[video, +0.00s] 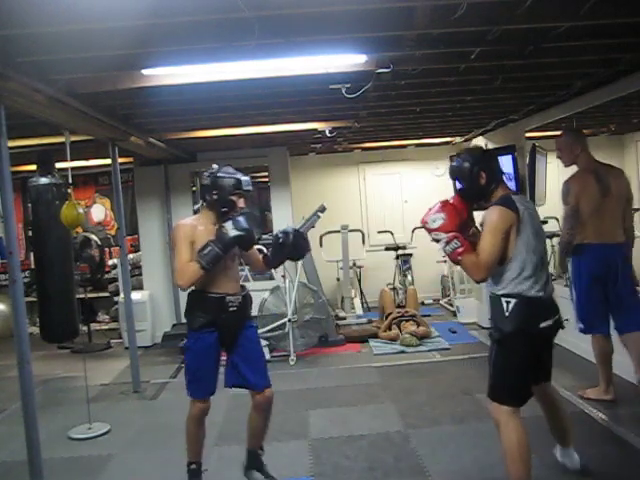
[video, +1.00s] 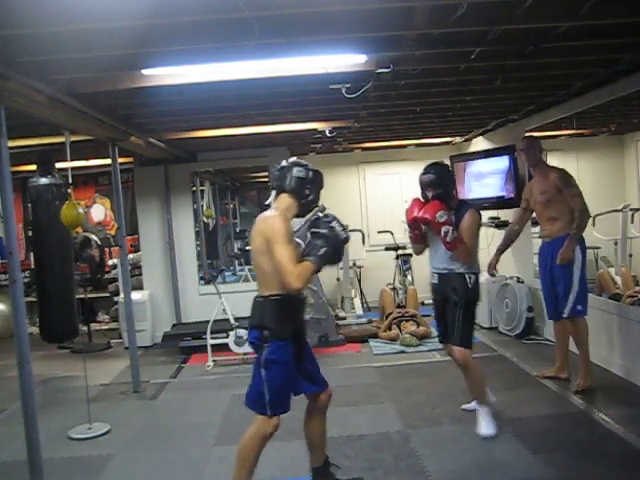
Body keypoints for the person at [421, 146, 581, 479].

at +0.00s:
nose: (462, 189)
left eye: (464, 182)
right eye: (460, 182)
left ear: (480, 178)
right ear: (492, 176)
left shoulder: (499, 211)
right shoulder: (521, 204)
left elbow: (478, 271)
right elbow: (496, 260)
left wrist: (449, 238)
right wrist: (468, 229)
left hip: (516, 319)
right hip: (542, 313)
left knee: (503, 406)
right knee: (541, 385)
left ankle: (520, 474)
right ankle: (568, 453)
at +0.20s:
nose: (478, 207)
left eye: (480, 200)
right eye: (475, 201)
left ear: (497, 194)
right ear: (501, 194)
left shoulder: (522, 227)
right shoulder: (508, 225)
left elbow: (502, 281)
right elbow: (498, 275)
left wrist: (475, 250)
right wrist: (475, 249)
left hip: (529, 317)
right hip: (524, 314)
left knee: (499, 399)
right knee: (538, 385)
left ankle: (516, 474)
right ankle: (577, 446)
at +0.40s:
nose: (463, 193)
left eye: (466, 187)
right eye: (461, 188)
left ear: (482, 184)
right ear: (481, 185)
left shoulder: (510, 208)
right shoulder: (484, 211)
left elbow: (496, 247)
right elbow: (475, 251)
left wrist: (455, 226)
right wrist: (454, 226)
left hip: (522, 294)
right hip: (508, 293)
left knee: (495, 374)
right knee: (534, 369)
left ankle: (518, 435)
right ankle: (572, 431)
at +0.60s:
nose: (447, 201)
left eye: (448, 195)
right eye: (445, 196)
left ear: (462, 189)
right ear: (469, 187)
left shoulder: (491, 212)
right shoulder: (470, 215)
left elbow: (475, 254)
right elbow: (459, 253)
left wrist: (446, 229)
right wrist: (437, 231)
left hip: (505, 294)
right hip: (489, 293)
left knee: (488, 373)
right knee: (492, 357)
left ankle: (517, 435)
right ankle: (523, 402)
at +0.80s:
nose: (436, 199)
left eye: (439, 193)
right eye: (433, 194)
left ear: (454, 191)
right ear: (434, 194)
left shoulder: (480, 218)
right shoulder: (446, 218)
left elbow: (478, 263)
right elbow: (439, 257)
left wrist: (453, 240)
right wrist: (428, 233)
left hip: (484, 292)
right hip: (463, 291)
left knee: (481, 367)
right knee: (467, 350)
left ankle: (514, 435)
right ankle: (485, 396)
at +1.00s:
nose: (427, 195)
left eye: (431, 189)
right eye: (424, 190)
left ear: (447, 187)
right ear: (424, 191)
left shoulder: (467, 213)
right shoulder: (430, 211)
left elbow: (467, 256)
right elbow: (419, 247)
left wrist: (446, 228)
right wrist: (414, 225)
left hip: (463, 280)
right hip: (440, 280)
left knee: (460, 351)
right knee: (449, 346)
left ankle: (484, 406)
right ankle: (481, 393)